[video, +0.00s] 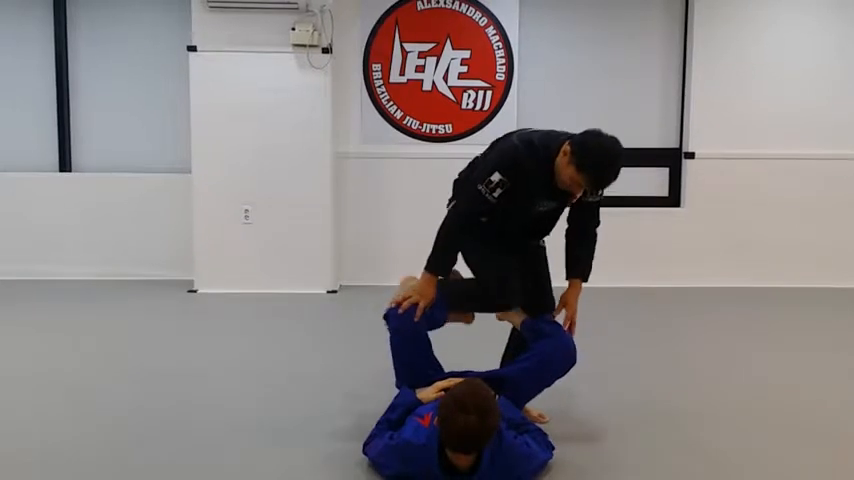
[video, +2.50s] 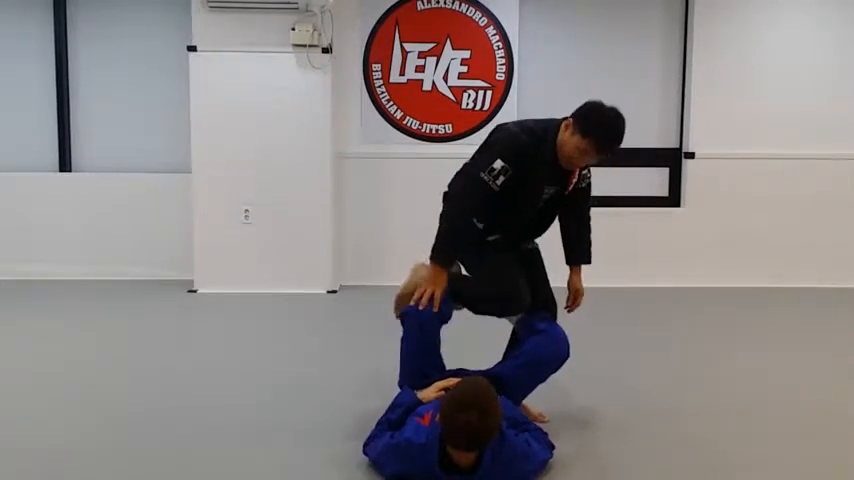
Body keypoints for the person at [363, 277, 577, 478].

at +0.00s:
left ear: (437, 421)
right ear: (495, 427)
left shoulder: (409, 452)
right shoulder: (516, 458)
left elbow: (374, 443)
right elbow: (540, 441)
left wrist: (412, 398)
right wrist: (511, 410)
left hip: (429, 393)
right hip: (496, 397)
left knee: (402, 317)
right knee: (562, 349)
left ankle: (454, 309)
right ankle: (517, 316)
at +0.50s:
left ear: (438, 426)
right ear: (496, 426)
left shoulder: (407, 452)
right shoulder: (514, 456)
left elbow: (373, 444)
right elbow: (541, 444)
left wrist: (412, 397)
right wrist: (509, 405)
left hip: (428, 392)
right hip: (496, 395)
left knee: (404, 313)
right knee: (562, 348)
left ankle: (453, 330)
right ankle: (528, 306)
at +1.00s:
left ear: (437, 424)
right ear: (496, 426)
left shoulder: (406, 453)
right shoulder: (515, 457)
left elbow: (374, 443)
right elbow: (540, 442)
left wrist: (413, 397)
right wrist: (509, 405)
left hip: (428, 392)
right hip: (498, 394)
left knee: (404, 318)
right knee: (558, 342)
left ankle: (451, 327)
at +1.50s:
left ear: (437, 422)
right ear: (495, 424)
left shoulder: (405, 454)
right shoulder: (516, 457)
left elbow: (373, 444)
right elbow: (540, 441)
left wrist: (413, 397)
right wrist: (505, 404)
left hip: (425, 394)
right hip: (494, 396)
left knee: (396, 317)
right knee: (551, 335)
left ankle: (442, 340)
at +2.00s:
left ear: (438, 423)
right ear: (496, 426)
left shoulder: (405, 453)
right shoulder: (516, 456)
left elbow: (374, 443)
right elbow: (540, 441)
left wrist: (414, 396)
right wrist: (505, 403)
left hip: (426, 393)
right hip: (496, 395)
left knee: (409, 314)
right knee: (556, 340)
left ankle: (448, 338)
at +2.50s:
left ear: (439, 418)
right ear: (498, 423)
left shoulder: (409, 452)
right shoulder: (516, 456)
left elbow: (375, 443)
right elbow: (540, 440)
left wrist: (414, 397)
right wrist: (512, 407)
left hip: (428, 395)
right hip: (496, 395)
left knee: (421, 312)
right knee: (555, 344)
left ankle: (430, 287)